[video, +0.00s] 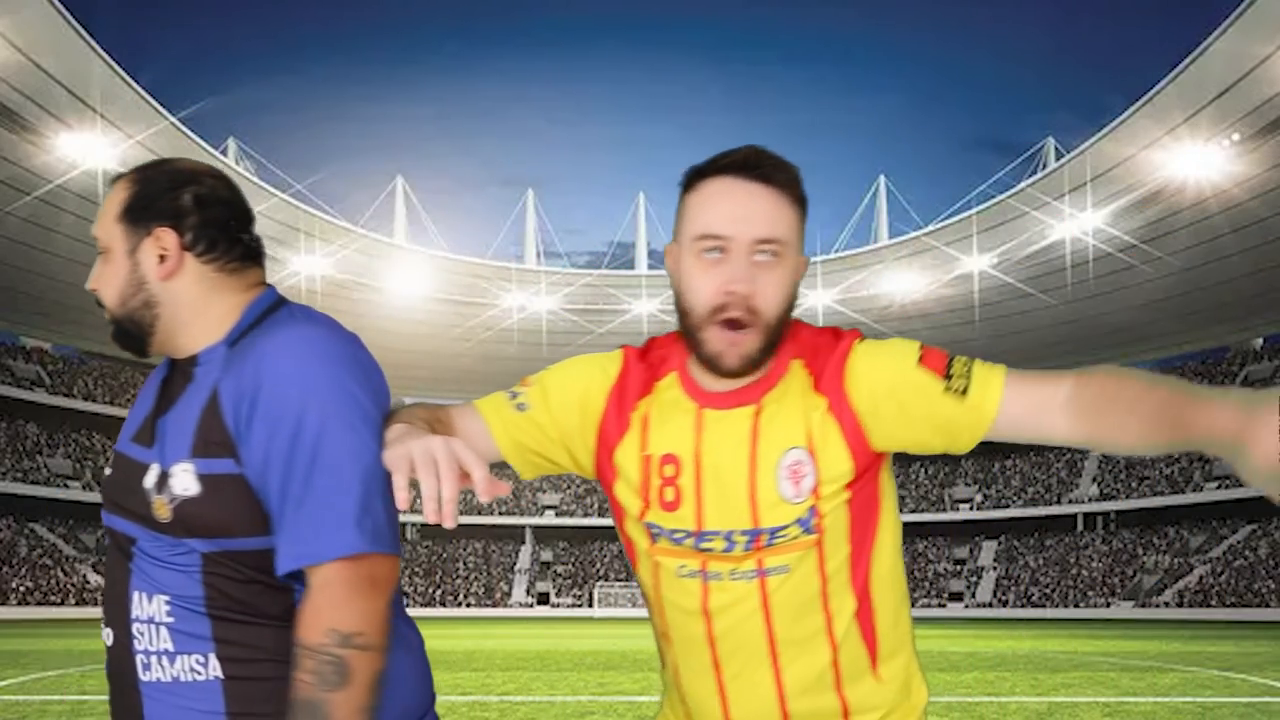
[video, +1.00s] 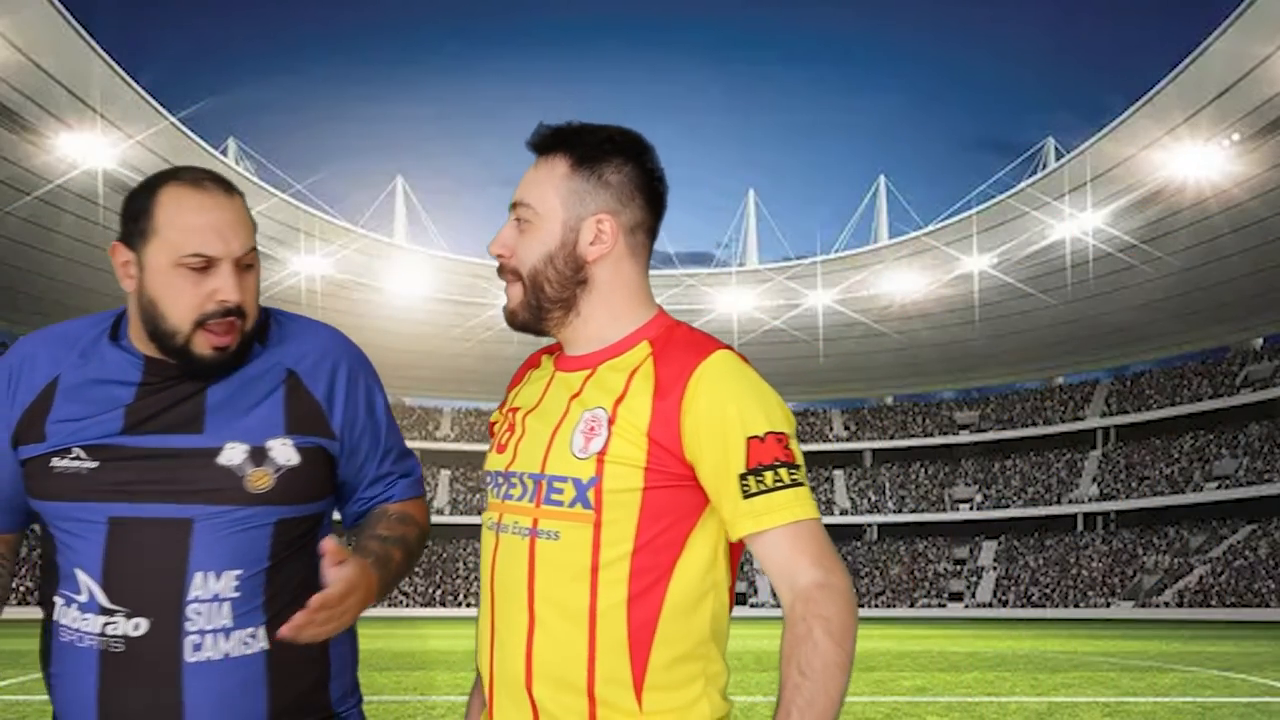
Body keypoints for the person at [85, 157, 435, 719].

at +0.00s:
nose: (92, 283)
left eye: (104, 253)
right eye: (96, 255)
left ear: (164, 252)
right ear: (161, 255)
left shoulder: (303, 359)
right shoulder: (166, 382)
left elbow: (354, 580)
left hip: (278, 704)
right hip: (165, 700)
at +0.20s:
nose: (11, 326)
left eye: (28, 293)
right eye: (12, 300)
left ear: (114, 274)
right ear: (114, 279)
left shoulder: (220, 356)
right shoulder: (123, 385)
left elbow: (229, 581)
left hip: (308, 704)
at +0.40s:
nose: (13, 337)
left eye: (37, 303)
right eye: (9, 309)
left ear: (134, 283)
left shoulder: (220, 392)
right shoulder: (116, 387)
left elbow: (208, 628)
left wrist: (63, 711)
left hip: (266, 704)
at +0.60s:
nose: (50, 328)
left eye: (77, 294)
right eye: (25, 303)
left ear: (153, 277)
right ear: (12, 305)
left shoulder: (254, 381)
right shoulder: (47, 390)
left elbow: (301, 591)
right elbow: (50, 581)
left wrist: (133, 710)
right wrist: (20, 701)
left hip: (262, 708)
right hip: (75, 706)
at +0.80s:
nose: (134, 307)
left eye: (157, 271)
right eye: (100, 280)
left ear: (194, 260)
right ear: (53, 279)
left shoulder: (288, 367)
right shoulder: (15, 379)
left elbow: (364, 534)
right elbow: (17, 528)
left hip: (273, 709)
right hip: (81, 707)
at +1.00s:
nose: (232, 296)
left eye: (246, 264)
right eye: (199, 267)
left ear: (259, 261)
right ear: (127, 268)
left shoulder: (326, 368)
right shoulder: (30, 376)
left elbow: (395, 497)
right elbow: (4, 531)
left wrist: (371, 567)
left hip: (297, 711)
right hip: (97, 710)